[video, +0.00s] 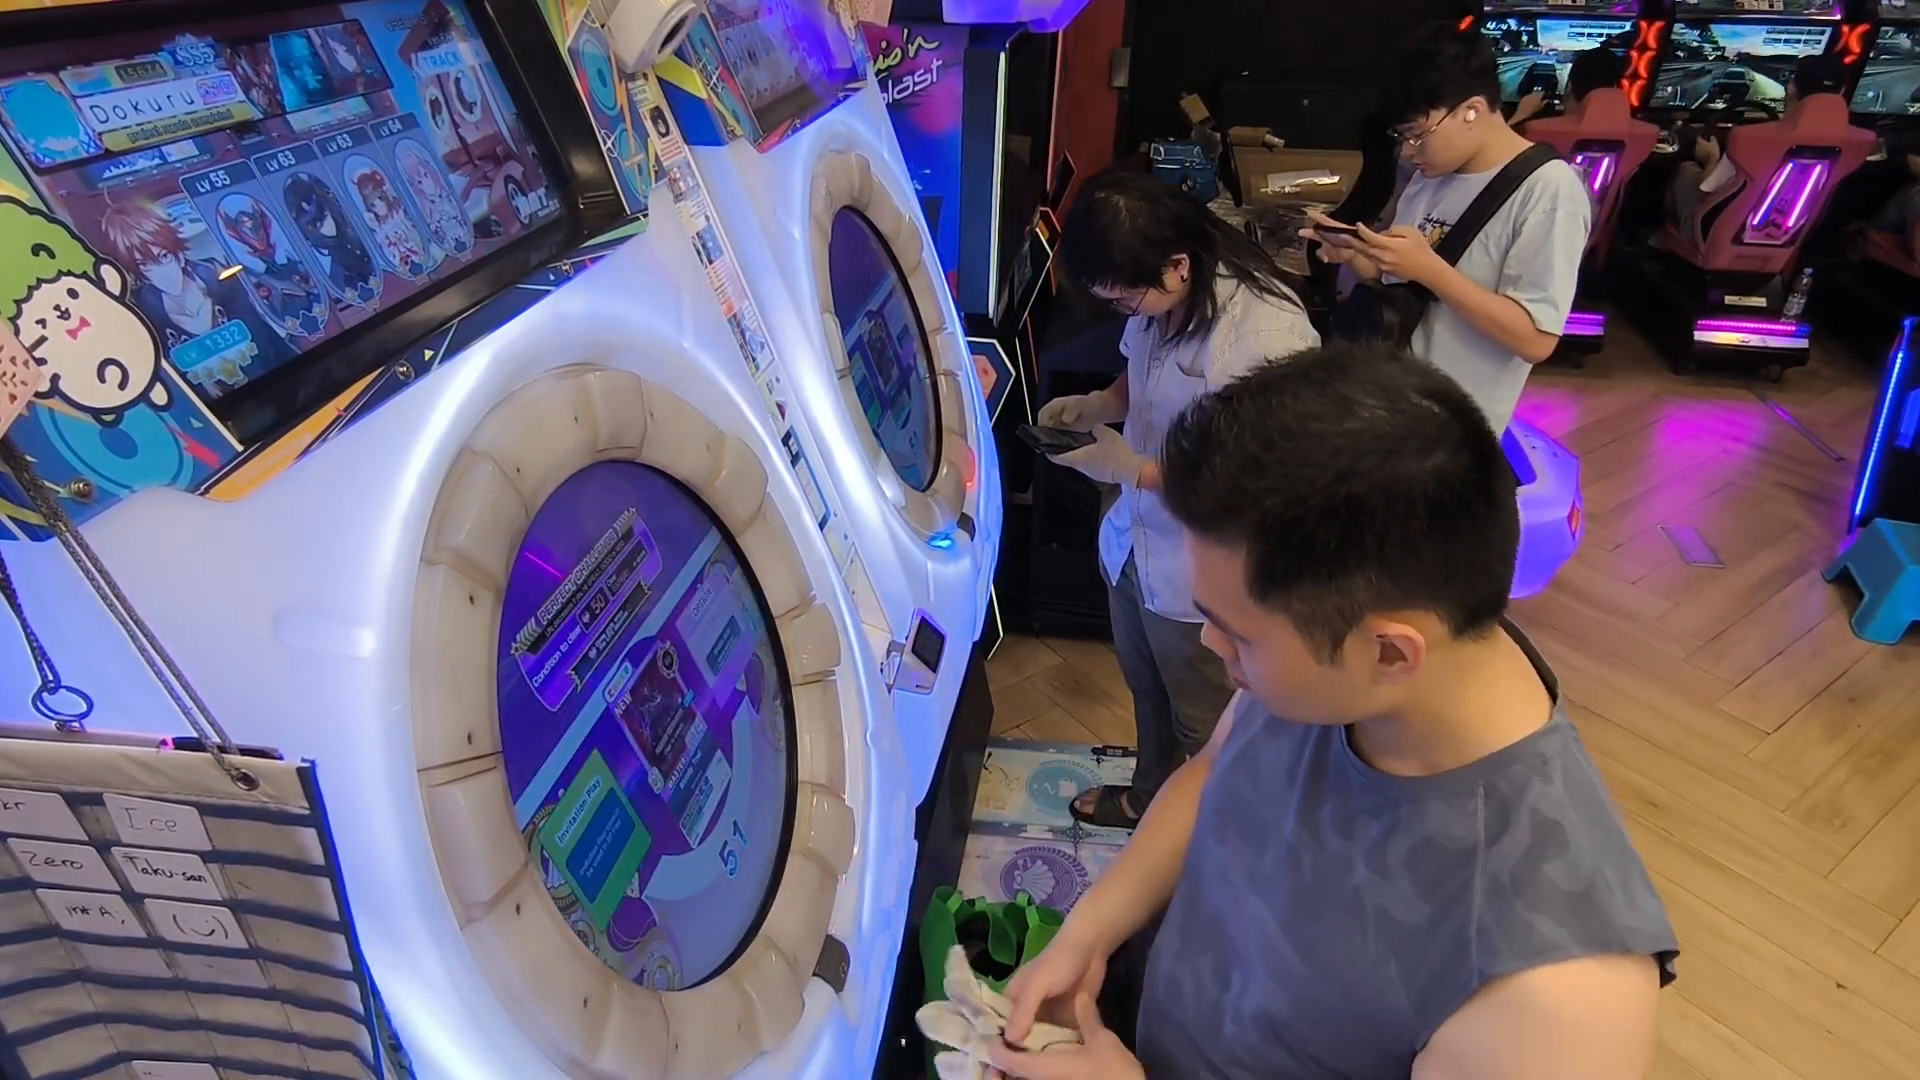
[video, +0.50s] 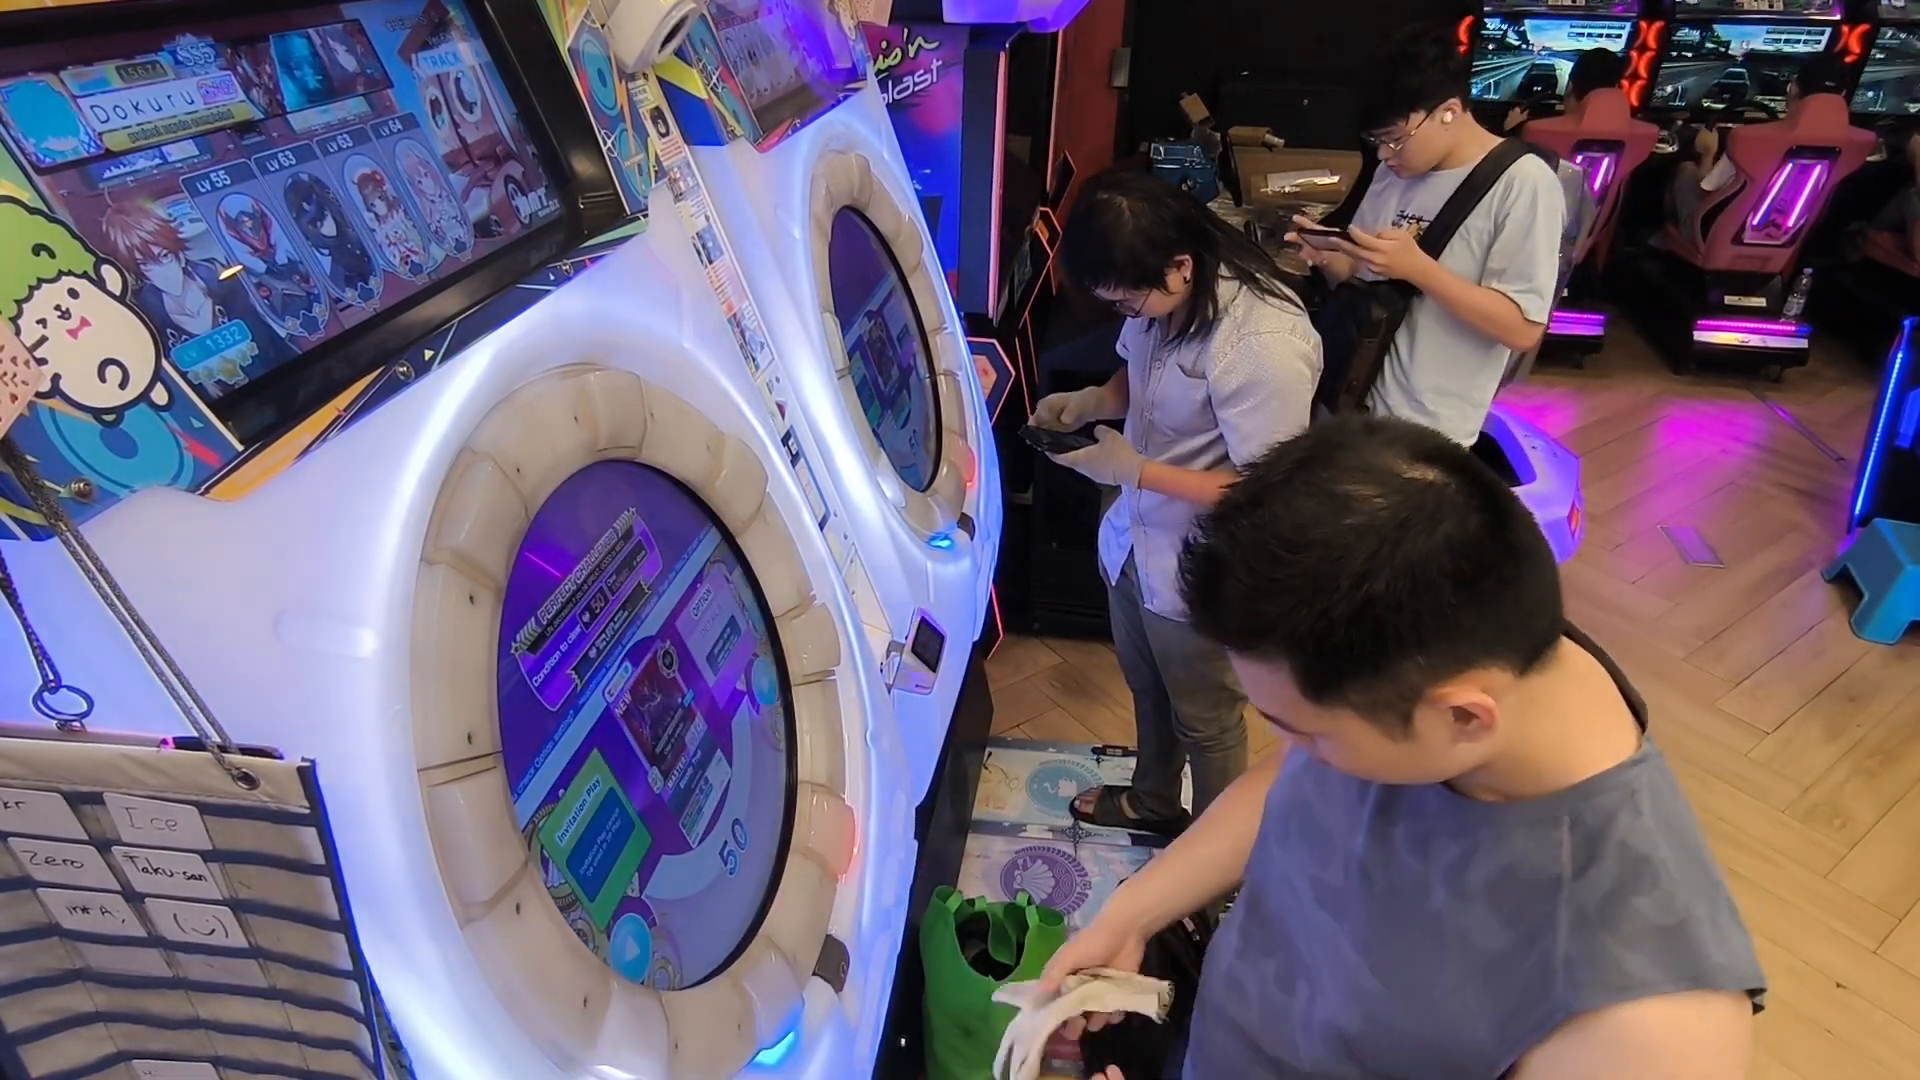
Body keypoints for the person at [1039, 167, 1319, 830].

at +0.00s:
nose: (1117, 308)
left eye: (1125, 296)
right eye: (1108, 297)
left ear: (1178, 268)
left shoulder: (1265, 337)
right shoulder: (1158, 297)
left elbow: (1263, 489)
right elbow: (1142, 388)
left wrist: (1137, 468)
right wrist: (1088, 410)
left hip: (1198, 568)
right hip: (1132, 542)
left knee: (1198, 719)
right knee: (1150, 688)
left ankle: (1204, 837)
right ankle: (1153, 795)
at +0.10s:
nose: (1119, 309)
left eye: (1126, 296)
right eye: (1109, 298)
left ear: (1178, 267)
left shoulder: (1260, 337)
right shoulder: (1158, 298)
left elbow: (1259, 489)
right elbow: (1144, 388)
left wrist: (1137, 469)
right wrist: (1087, 410)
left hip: (1197, 566)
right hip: (1133, 539)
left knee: (1200, 717)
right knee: (1150, 686)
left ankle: (1209, 839)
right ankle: (1153, 797)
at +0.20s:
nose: (1120, 310)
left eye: (1129, 297)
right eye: (1110, 299)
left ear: (1178, 268)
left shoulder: (1259, 340)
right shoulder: (1155, 298)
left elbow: (1261, 483)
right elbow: (1145, 391)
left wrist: (1138, 469)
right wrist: (1084, 406)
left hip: (1196, 562)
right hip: (1133, 538)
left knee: (1203, 718)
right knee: (1148, 685)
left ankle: (1228, 846)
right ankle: (1151, 801)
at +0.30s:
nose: (1123, 309)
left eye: (1130, 295)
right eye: (1113, 298)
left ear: (1180, 267)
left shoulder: (1257, 343)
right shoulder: (1155, 297)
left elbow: (1269, 495)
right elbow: (1141, 389)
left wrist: (1138, 471)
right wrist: (1079, 405)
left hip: (1197, 557)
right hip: (1132, 532)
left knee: (1202, 715)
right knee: (1147, 681)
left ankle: (1223, 842)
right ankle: (1155, 800)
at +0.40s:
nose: (1123, 310)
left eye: (1130, 296)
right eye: (1113, 299)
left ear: (1180, 267)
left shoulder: (1260, 343)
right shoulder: (1155, 297)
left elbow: (1267, 497)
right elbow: (1139, 388)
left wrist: (1138, 471)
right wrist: (1084, 403)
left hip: (1196, 559)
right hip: (1132, 534)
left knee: (1204, 717)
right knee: (1148, 683)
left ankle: (1222, 845)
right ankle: (1155, 800)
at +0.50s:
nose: (1121, 311)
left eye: (1129, 298)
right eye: (1112, 300)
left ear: (1180, 268)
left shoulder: (1260, 345)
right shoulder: (1158, 297)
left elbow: (1268, 493)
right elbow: (1142, 388)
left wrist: (1139, 471)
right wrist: (1085, 406)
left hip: (1196, 559)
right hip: (1133, 535)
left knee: (1205, 714)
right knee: (1149, 684)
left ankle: (1222, 844)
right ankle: (1156, 800)